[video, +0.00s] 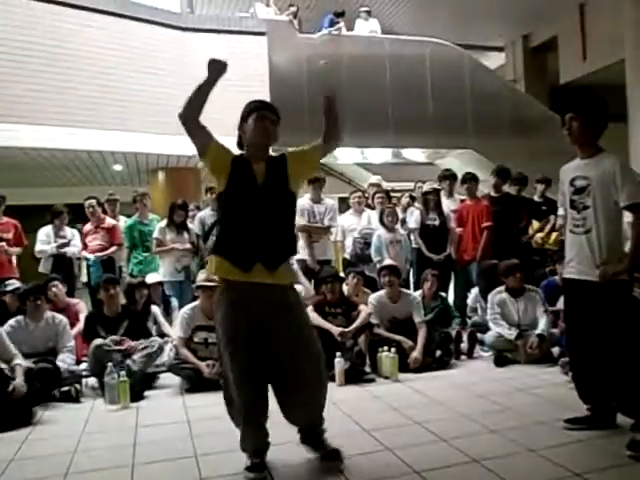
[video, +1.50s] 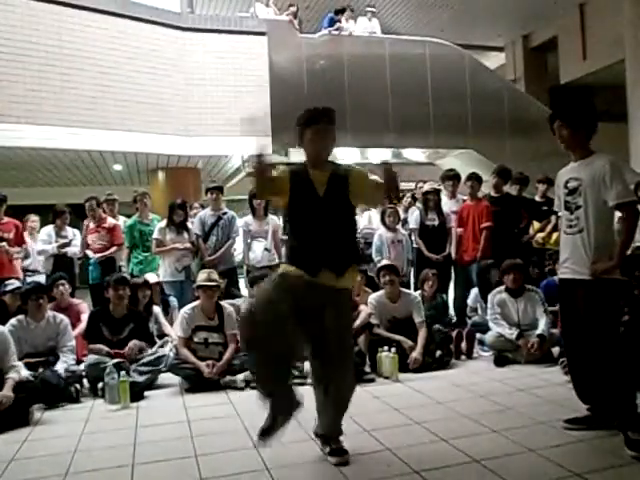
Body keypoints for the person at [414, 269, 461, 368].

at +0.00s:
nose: (429, 285)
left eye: (433, 282)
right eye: (427, 281)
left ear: (437, 285)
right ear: (422, 283)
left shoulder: (442, 300)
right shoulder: (416, 298)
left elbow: (455, 316)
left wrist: (455, 328)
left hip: (441, 331)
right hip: (423, 332)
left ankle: (446, 355)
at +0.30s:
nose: (430, 285)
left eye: (433, 281)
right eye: (428, 281)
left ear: (437, 283)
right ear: (423, 283)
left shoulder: (442, 299)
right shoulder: (416, 298)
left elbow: (456, 314)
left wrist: (454, 326)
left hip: (440, 331)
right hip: (422, 332)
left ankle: (445, 356)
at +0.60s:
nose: (430, 284)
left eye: (433, 281)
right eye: (427, 280)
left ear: (437, 283)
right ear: (422, 283)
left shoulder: (441, 299)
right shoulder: (416, 298)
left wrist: (422, 320)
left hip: (439, 330)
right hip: (423, 329)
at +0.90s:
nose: (431, 283)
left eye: (434, 280)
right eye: (428, 280)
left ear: (438, 283)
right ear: (423, 282)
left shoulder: (442, 299)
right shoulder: (417, 298)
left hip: (442, 329)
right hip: (425, 330)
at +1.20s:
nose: (431, 283)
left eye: (434, 281)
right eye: (428, 280)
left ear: (438, 284)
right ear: (423, 283)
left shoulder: (441, 299)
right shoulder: (418, 299)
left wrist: (423, 319)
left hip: (442, 326)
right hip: (427, 327)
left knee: (444, 335)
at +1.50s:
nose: (431, 284)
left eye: (434, 281)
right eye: (428, 281)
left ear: (437, 284)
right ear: (422, 283)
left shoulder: (441, 299)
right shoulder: (416, 298)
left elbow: (445, 316)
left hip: (439, 328)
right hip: (423, 329)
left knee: (437, 329)